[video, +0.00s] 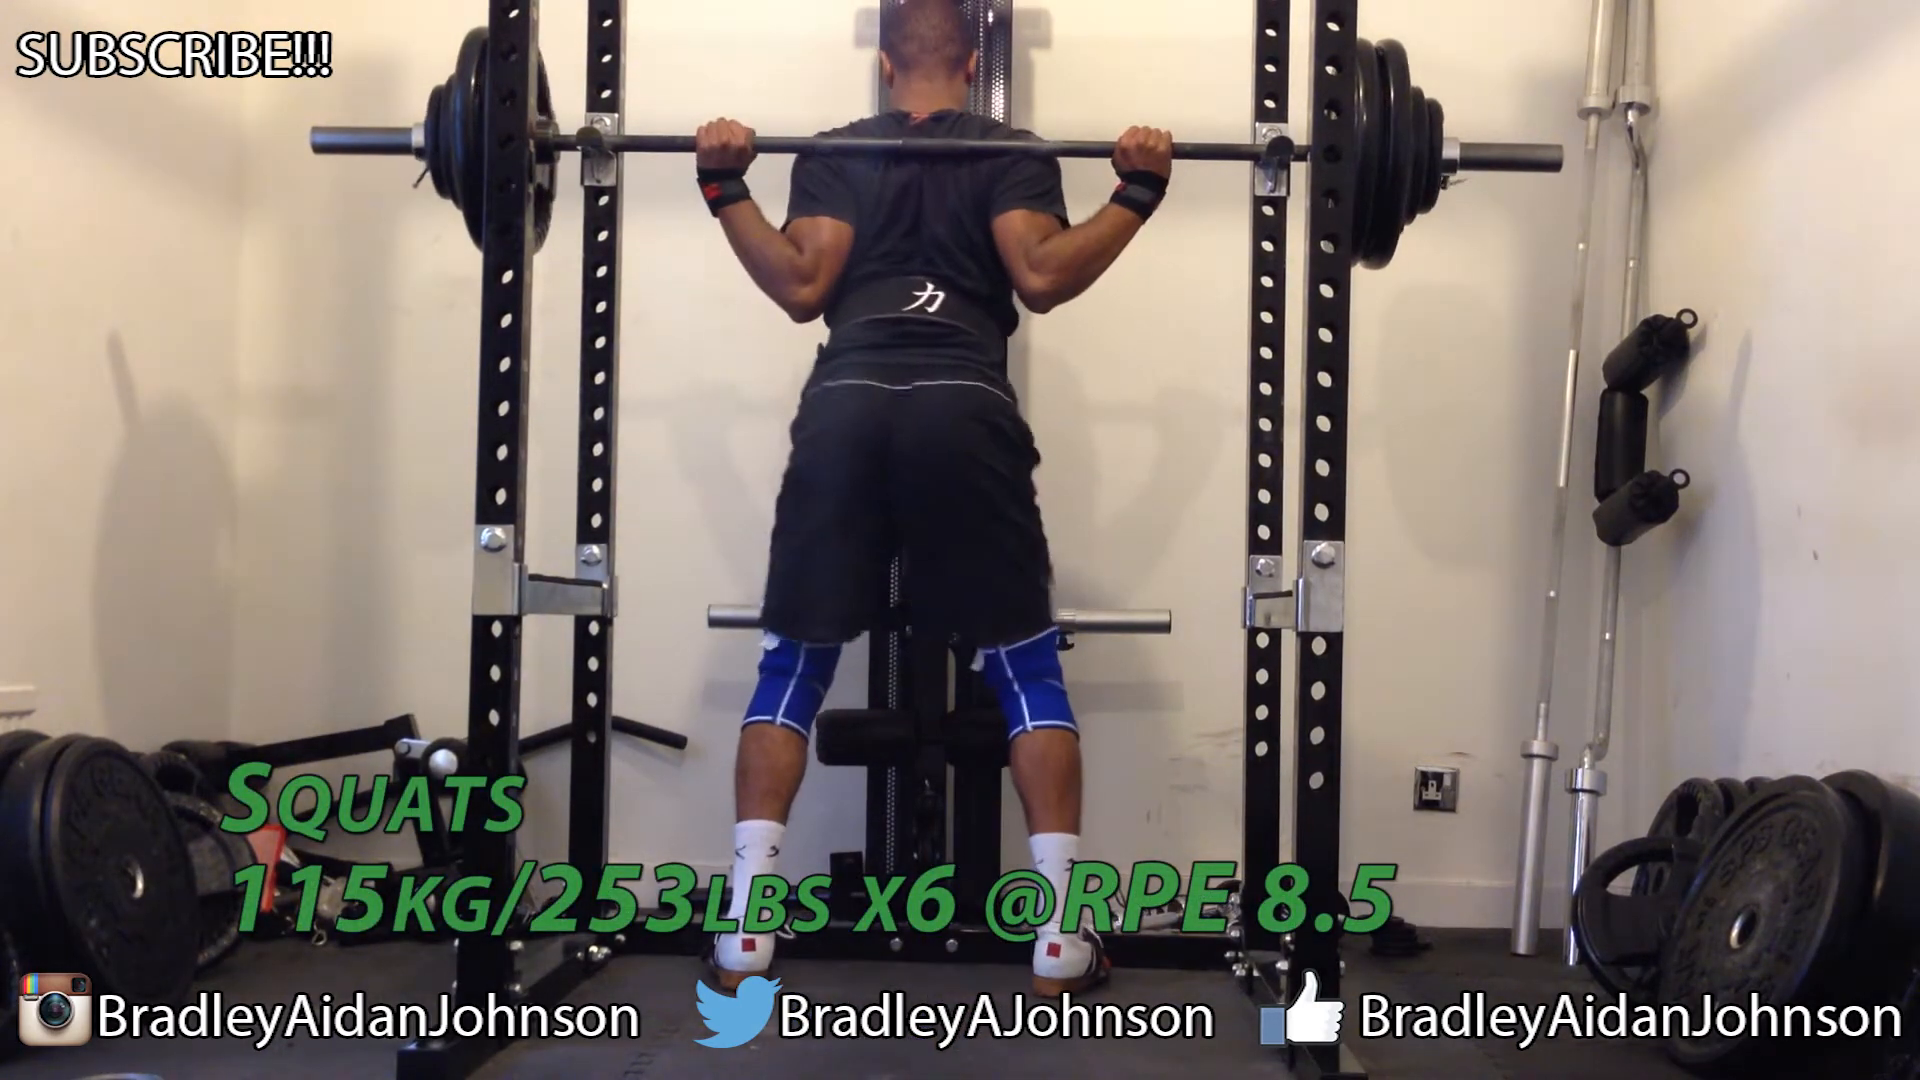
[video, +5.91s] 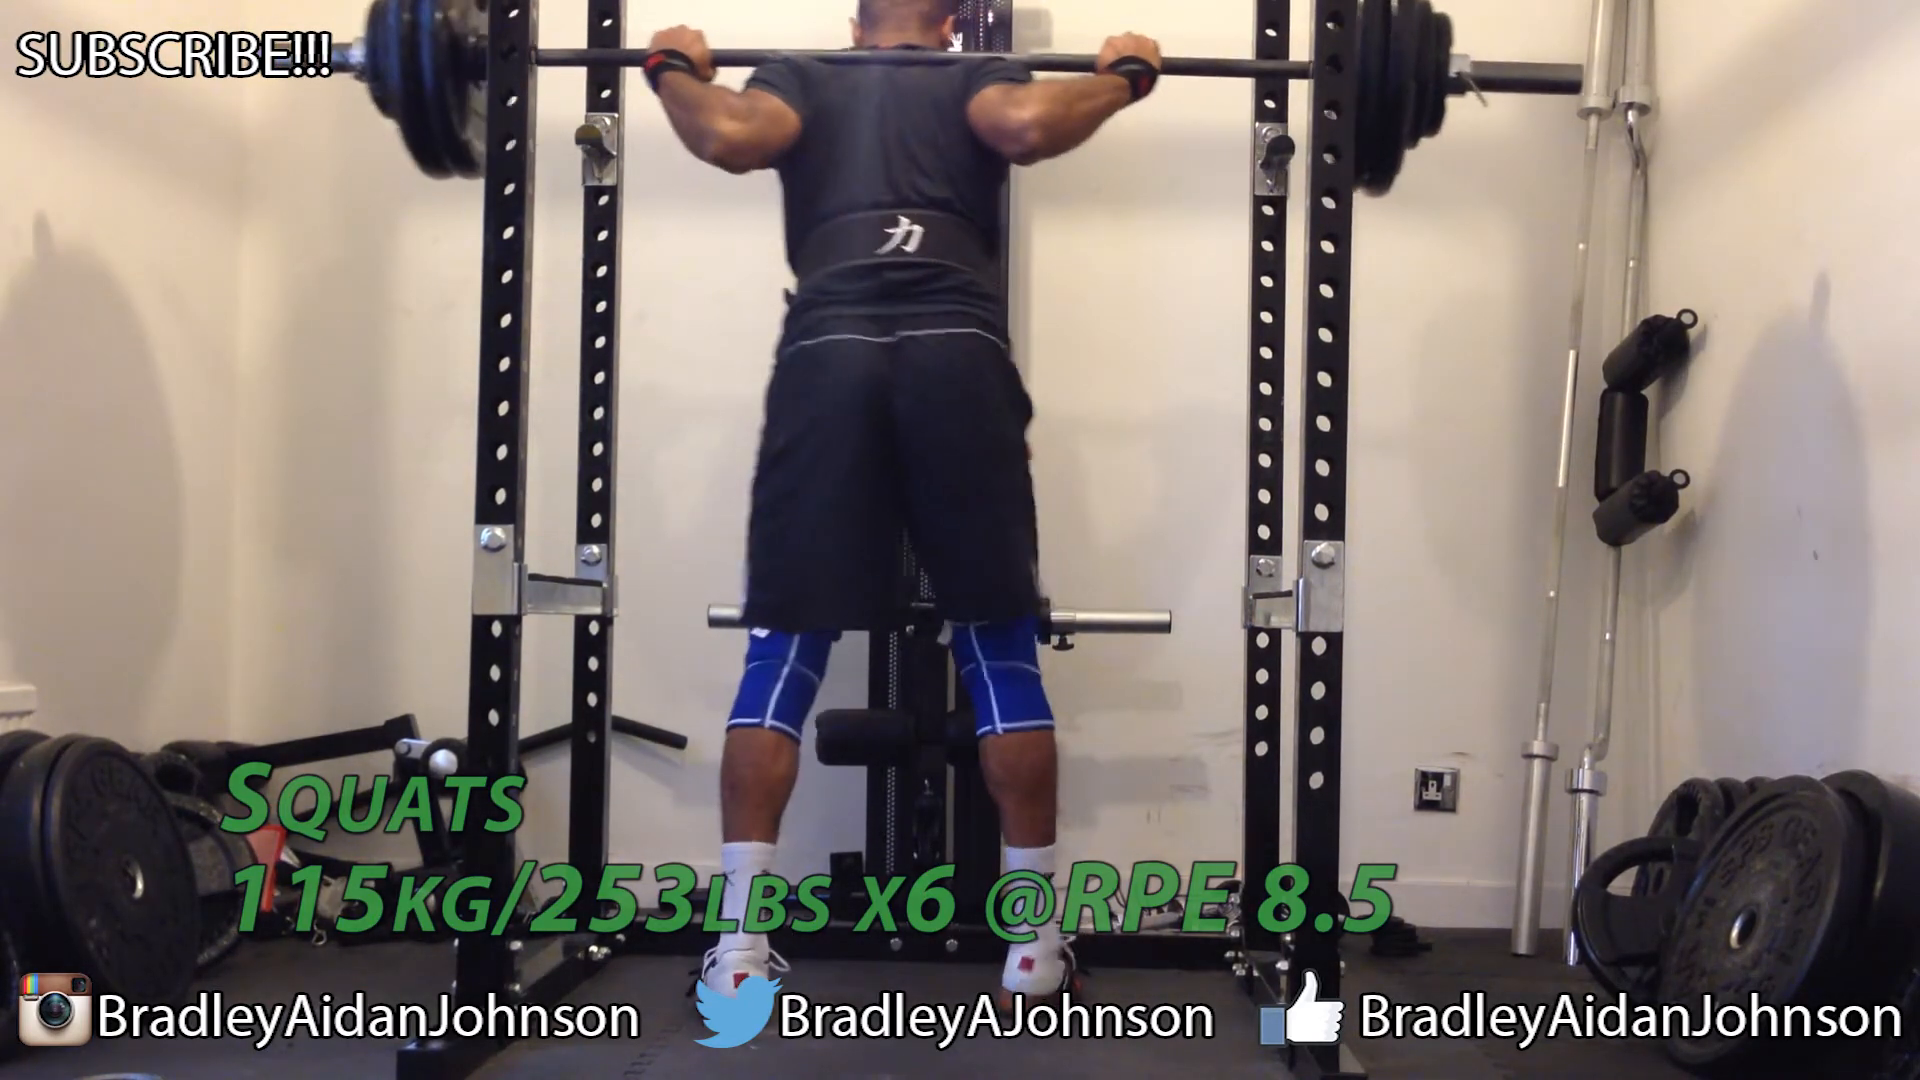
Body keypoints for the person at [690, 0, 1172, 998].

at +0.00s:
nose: (907, 39)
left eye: (894, 30)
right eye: (959, 33)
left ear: (881, 56)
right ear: (973, 52)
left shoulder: (833, 151)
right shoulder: (1009, 151)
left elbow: (801, 286)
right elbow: (1041, 278)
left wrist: (726, 188)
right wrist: (1136, 192)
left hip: (840, 408)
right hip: (962, 408)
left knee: (791, 667)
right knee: (1029, 672)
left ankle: (749, 914)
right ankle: (1058, 922)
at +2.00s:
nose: (939, 127)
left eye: (917, 119)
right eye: (951, 118)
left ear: (878, 126)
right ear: (965, 126)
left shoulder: (835, 161)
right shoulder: (999, 162)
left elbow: (781, 259)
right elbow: (1048, 248)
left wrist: (720, 174)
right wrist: (1137, 183)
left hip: (847, 412)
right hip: (973, 409)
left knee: (776, 658)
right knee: (1032, 668)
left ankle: (744, 916)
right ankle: (1062, 926)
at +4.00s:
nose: (907, 88)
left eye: (892, 76)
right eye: (956, 76)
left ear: (880, 90)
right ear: (970, 90)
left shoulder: (839, 147)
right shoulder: (998, 143)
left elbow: (777, 188)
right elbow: (1055, 180)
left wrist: (728, 137)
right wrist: (1135, 139)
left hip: (855, 414)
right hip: (985, 414)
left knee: (786, 666)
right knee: (1038, 674)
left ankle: (746, 918)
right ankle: (1061, 929)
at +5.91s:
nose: (955, 26)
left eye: (933, 21)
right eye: (958, 20)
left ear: (857, 20)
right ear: (952, 21)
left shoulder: (800, 73)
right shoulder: (977, 72)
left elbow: (726, 137)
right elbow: (1021, 128)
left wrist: (678, 77)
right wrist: (1112, 82)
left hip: (825, 370)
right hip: (957, 365)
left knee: (783, 653)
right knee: (1003, 653)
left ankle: (740, 946)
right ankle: (1034, 943)